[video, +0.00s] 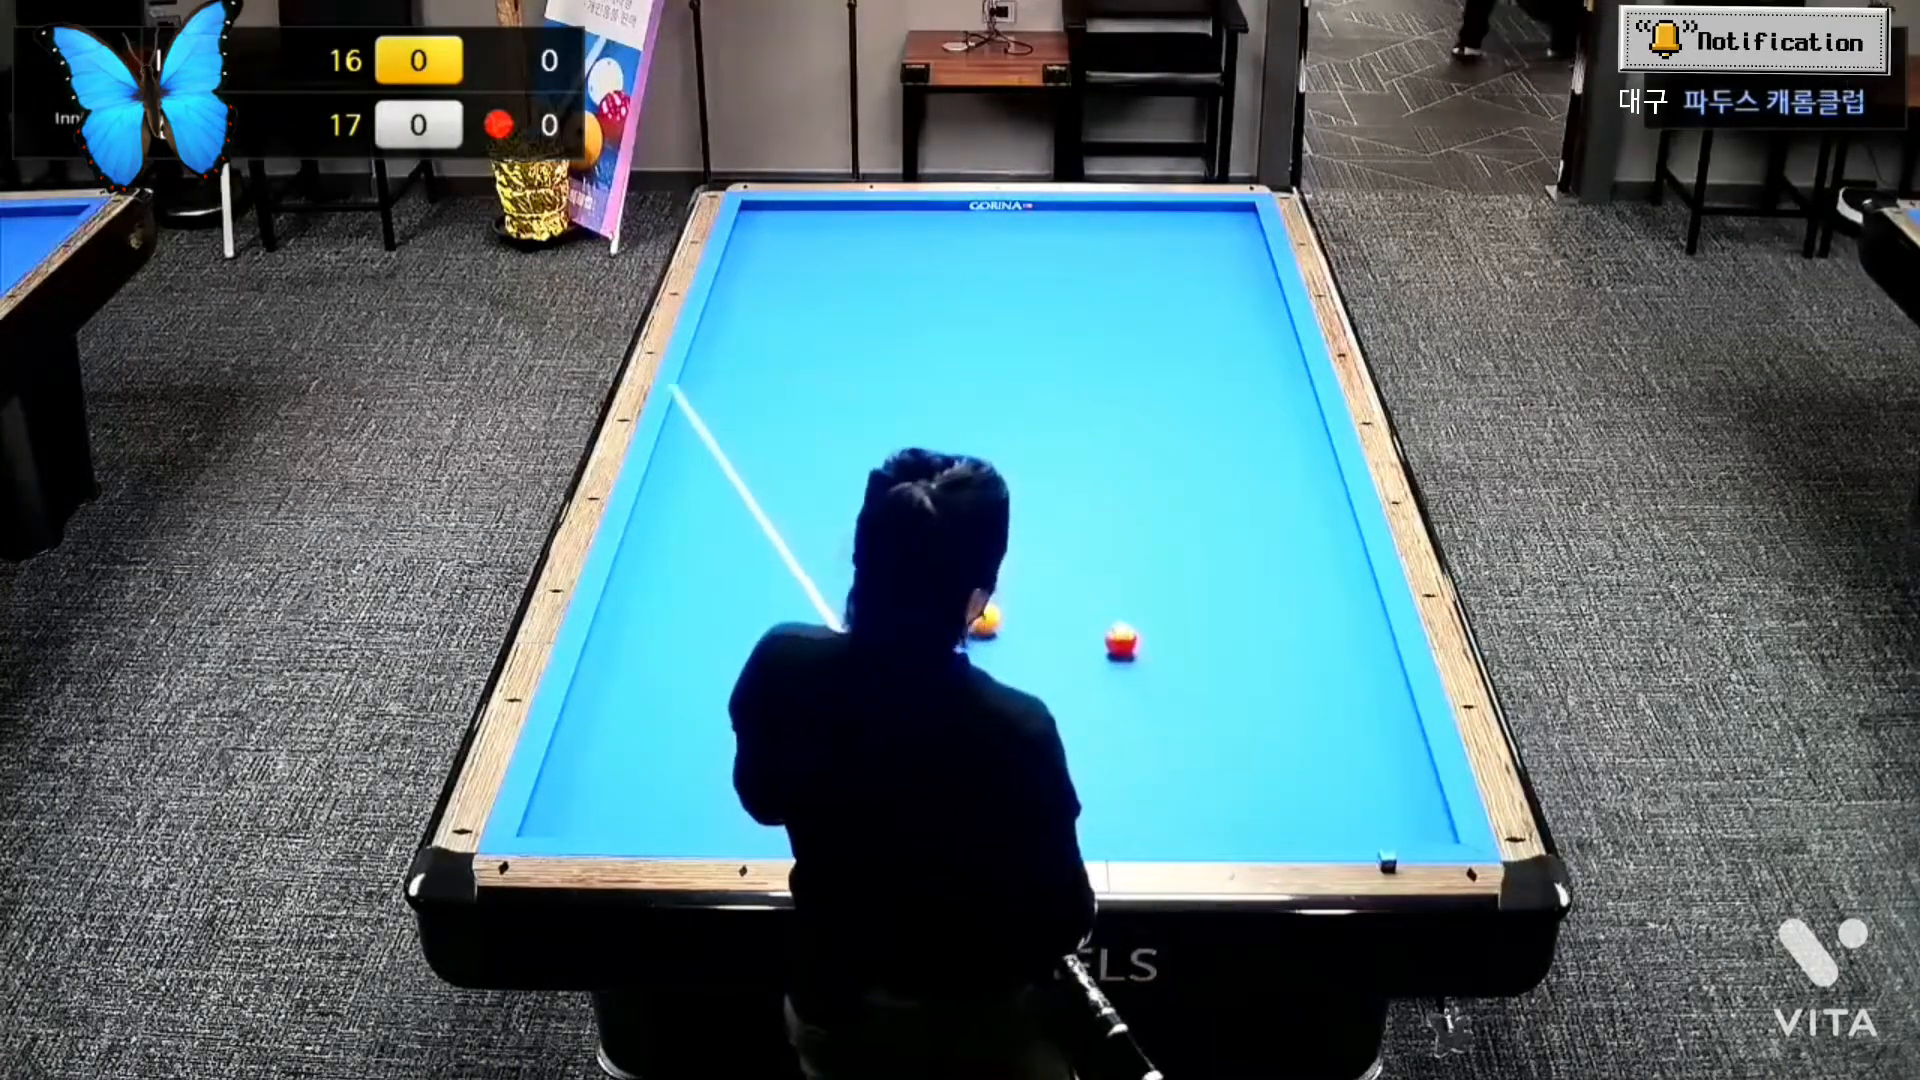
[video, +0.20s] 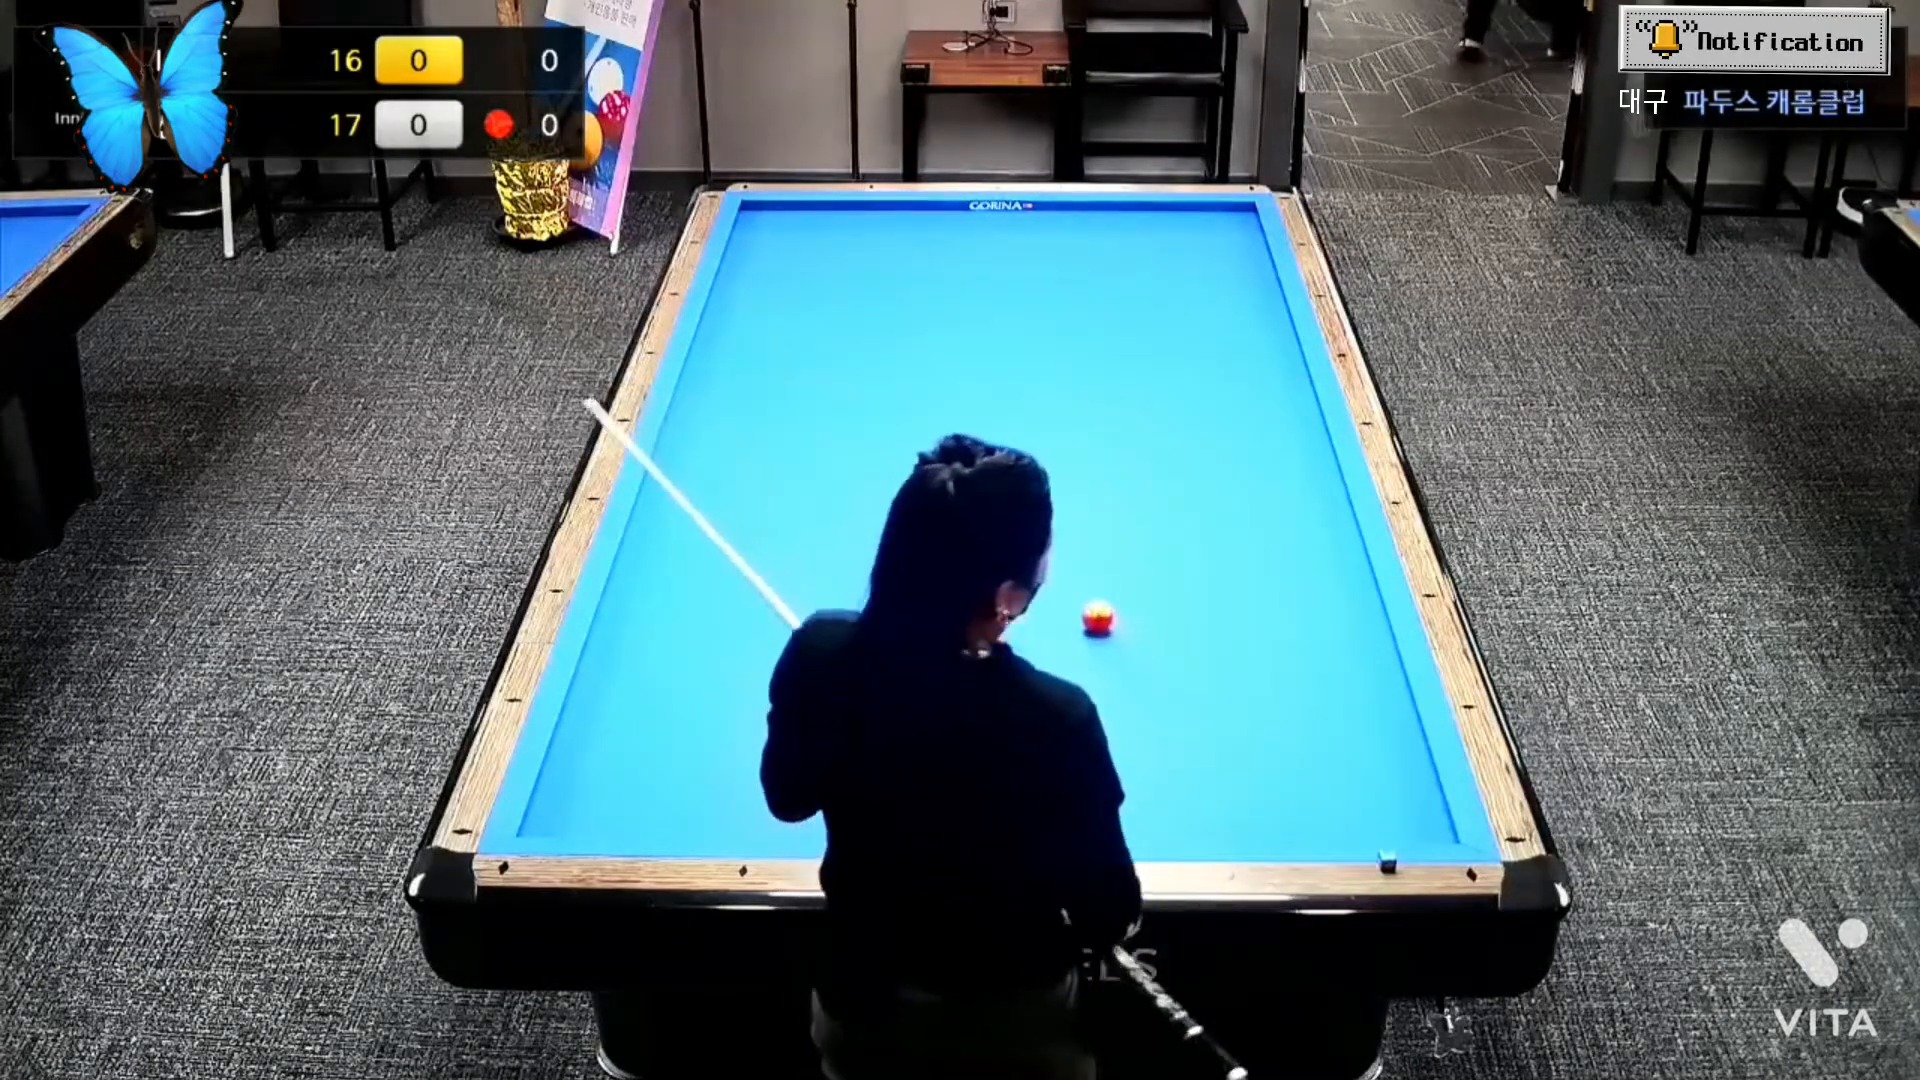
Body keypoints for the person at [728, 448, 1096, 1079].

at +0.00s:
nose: (990, 589)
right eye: (989, 573)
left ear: (863, 559)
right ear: (975, 587)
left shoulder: (786, 665)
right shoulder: (1019, 728)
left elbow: (764, 801)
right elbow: (1064, 913)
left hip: (834, 1008)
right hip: (983, 1016)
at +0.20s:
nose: (1029, 598)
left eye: (1035, 574)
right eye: (1033, 573)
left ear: (911, 552)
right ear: (1002, 589)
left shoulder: (823, 655)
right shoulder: (1056, 717)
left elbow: (788, 798)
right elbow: (1110, 910)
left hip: (863, 1003)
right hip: (1019, 1010)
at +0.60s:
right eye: (1210, 517)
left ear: (1087, 515)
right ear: (1205, 532)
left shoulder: (997, 640)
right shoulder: (1230, 683)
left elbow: (932, 822)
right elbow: (1290, 822)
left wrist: (881, 800)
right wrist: (1347, 854)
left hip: (978, 997)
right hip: (1141, 1001)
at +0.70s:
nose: (1100, 509)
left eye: (1104, 497)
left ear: (1115, 514)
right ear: (1228, 515)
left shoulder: (1028, 637)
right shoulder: (1257, 669)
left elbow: (966, 820)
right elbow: (1308, 795)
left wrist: (893, 810)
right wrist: (1365, 844)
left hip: (1005, 994)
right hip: (1163, 995)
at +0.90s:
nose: (1111, 519)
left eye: (1116, 500)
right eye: (1117, 498)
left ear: (1129, 520)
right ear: (1226, 510)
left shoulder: (1055, 636)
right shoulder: (1264, 645)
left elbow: (999, 830)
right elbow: (1311, 787)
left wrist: (898, 821)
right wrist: (1365, 848)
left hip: (1032, 987)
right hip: (1183, 984)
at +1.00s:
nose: (1108, 523)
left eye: (1112, 503)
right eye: (1113, 500)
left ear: (1125, 524)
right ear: (1225, 516)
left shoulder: (1056, 643)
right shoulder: (1263, 645)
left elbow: (995, 836)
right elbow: (1300, 795)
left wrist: (874, 822)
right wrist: (1351, 848)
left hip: (1034, 988)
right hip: (1185, 985)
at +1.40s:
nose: (990, 574)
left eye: (993, 555)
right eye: (992, 553)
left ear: (1008, 572)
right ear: (1114, 557)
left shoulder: (944, 712)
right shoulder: (1173, 694)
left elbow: (865, 902)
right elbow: (1188, 862)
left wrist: (723, 900)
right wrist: (1075, 829)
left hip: (958, 1043)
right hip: (1114, 1028)